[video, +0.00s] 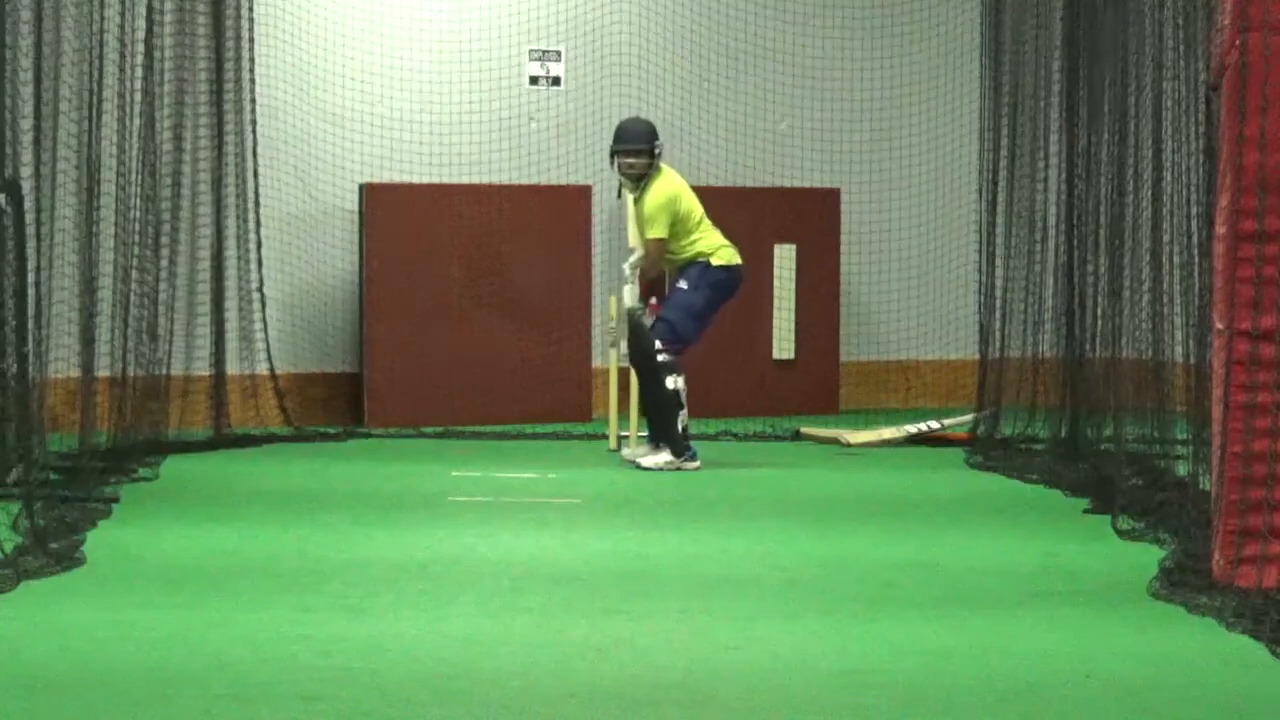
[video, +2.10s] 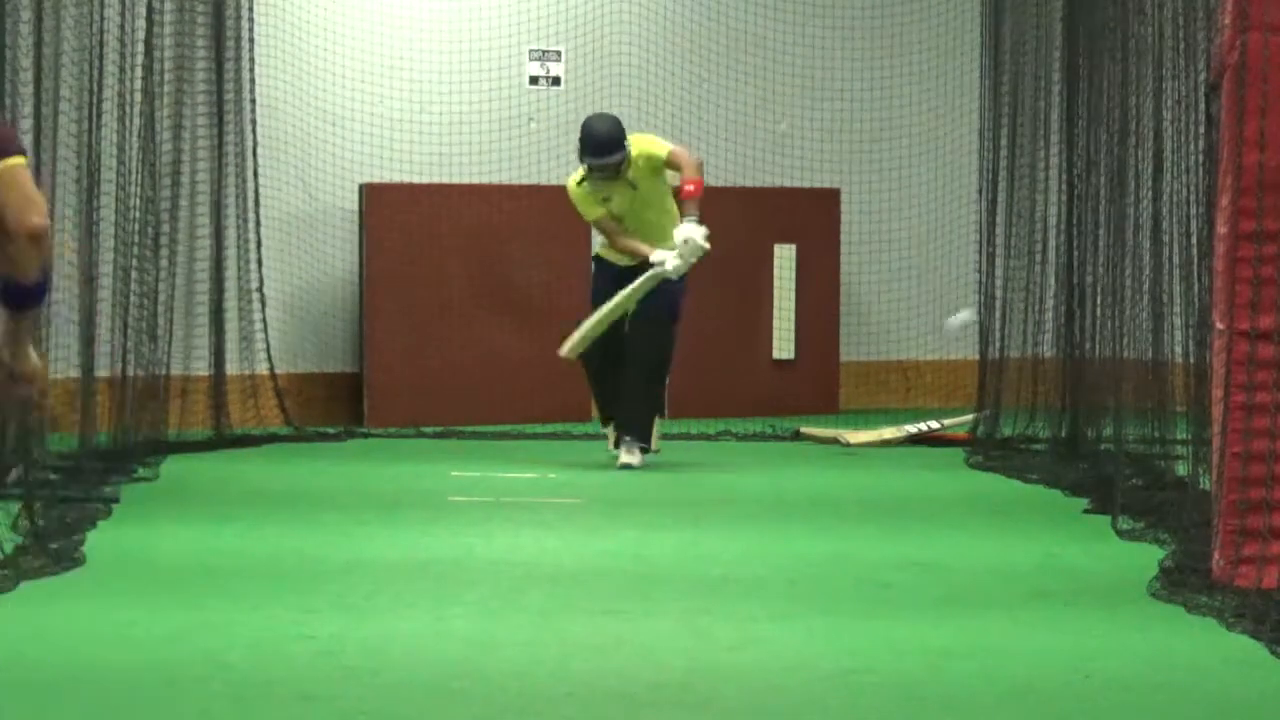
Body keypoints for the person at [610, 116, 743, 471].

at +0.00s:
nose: (631, 163)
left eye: (640, 155)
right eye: (624, 155)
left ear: (654, 156)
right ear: (614, 158)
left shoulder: (659, 193)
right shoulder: (637, 185)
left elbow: (654, 262)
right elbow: (644, 234)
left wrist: (637, 280)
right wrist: (641, 256)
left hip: (714, 264)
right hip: (692, 264)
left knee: (658, 346)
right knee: (648, 343)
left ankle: (677, 449)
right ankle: (661, 442)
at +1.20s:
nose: (619, 159)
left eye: (628, 151)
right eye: (612, 151)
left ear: (641, 152)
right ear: (601, 154)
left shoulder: (648, 188)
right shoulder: (621, 182)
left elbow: (649, 263)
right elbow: (636, 231)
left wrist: (642, 279)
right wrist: (635, 259)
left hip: (703, 260)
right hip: (678, 261)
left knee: (653, 344)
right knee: (641, 342)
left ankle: (678, 449)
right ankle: (661, 440)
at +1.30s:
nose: (616, 160)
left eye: (625, 151)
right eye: (608, 152)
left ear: (636, 153)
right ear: (597, 155)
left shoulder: (644, 189)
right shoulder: (616, 178)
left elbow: (649, 260)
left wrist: (643, 284)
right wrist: (629, 251)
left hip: (699, 258)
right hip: (675, 259)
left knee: (655, 344)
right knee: (645, 342)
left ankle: (677, 448)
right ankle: (664, 439)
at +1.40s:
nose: (611, 165)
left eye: (619, 156)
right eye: (603, 158)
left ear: (631, 157)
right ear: (591, 160)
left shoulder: (643, 193)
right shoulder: (603, 180)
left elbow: (652, 264)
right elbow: (620, 217)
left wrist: (634, 276)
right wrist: (618, 239)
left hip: (698, 254)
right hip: (672, 257)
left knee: (654, 342)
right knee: (642, 341)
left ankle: (672, 446)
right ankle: (662, 438)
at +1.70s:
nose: (601, 191)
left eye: (608, 183)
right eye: (593, 185)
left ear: (620, 173)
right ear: (582, 179)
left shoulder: (641, 184)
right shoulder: (583, 195)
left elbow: (658, 239)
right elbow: (591, 234)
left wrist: (625, 281)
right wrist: (596, 256)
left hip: (681, 257)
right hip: (644, 262)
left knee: (648, 340)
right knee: (614, 342)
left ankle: (622, 443)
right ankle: (663, 438)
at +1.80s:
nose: (602, 188)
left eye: (608, 179)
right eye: (593, 181)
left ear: (621, 170)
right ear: (582, 176)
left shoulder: (639, 166)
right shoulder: (582, 206)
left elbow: (660, 168)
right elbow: (611, 248)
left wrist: (643, 222)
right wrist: (624, 257)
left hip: (675, 254)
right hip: (635, 266)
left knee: (650, 339)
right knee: (619, 344)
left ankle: (623, 442)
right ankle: (663, 437)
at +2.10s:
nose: (607, 174)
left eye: (614, 166)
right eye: (598, 169)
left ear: (626, 151)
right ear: (584, 159)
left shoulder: (646, 151)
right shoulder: (580, 187)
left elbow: (690, 162)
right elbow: (614, 234)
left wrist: (690, 220)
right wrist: (655, 254)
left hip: (662, 255)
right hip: (613, 260)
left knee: (648, 345)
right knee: (603, 345)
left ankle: (633, 438)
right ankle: (616, 421)